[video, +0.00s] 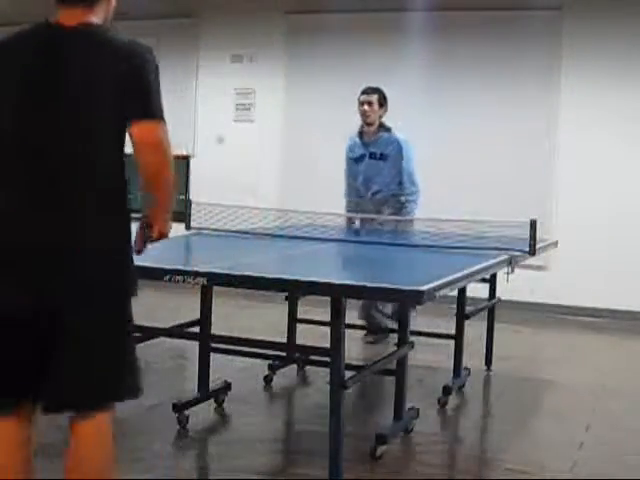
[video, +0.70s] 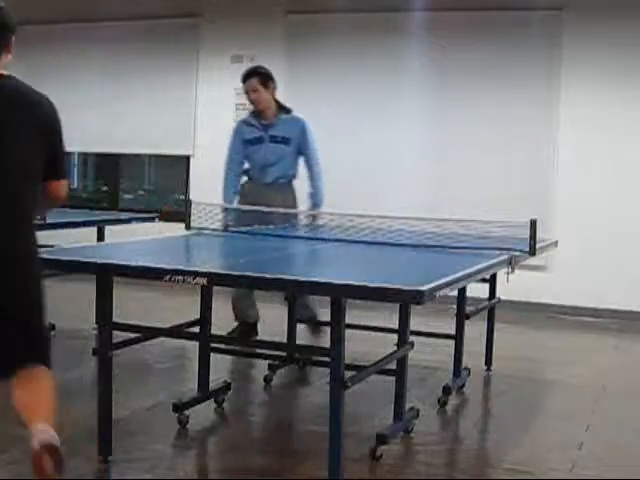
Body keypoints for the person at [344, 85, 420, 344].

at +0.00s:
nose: (365, 109)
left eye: (370, 104)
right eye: (362, 104)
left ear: (382, 109)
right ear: (358, 109)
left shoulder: (396, 144)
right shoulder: (353, 146)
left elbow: (410, 186)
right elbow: (350, 188)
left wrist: (405, 220)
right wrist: (350, 220)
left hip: (392, 216)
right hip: (363, 217)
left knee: (389, 267)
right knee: (363, 268)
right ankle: (375, 322)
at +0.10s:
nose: (355, 110)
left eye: (360, 105)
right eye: (351, 105)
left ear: (372, 108)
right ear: (347, 108)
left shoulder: (388, 144)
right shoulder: (342, 146)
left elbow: (403, 182)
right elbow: (336, 183)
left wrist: (401, 213)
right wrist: (330, 215)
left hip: (383, 203)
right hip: (357, 203)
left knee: (382, 259)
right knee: (359, 260)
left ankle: (379, 320)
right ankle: (373, 320)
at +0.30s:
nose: (324, 109)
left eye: (328, 103)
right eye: (319, 105)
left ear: (341, 101)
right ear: (316, 106)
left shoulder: (365, 136)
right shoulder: (316, 140)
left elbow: (385, 177)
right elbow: (306, 179)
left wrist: (385, 213)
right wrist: (291, 213)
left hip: (358, 200)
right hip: (329, 200)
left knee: (363, 259)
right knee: (317, 256)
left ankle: (375, 324)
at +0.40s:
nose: (307, 108)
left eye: (311, 102)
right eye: (303, 104)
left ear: (324, 101)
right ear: (300, 107)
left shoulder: (348, 134)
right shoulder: (299, 139)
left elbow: (369, 175)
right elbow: (289, 179)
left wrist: (373, 213)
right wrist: (275, 213)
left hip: (340, 203)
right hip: (309, 204)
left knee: (345, 266)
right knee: (292, 261)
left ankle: (373, 325)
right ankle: (263, 316)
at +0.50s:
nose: (288, 107)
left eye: (292, 101)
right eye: (284, 103)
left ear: (305, 99)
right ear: (281, 105)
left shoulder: (330, 135)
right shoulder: (278, 138)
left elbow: (350, 173)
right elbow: (266, 177)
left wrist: (358, 210)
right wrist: (261, 211)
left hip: (316, 203)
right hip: (283, 203)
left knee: (334, 262)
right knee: (265, 261)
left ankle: (366, 324)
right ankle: (248, 323)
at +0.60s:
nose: (266, 103)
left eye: (270, 96)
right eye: (263, 98)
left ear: (286, 94)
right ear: (262, 101)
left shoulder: (313, 131)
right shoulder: (260, 133)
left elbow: (331, 173)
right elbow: (247, 173)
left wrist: (337, 211)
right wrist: (241, 207)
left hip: (297, 200)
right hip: (262, 199)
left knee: (313, 258)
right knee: (246, 255)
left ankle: (339, 317)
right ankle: (247, 323)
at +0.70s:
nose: (252, 98)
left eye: (255, 91)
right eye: (248, 93)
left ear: (271, 89)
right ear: (247, 96)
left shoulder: (297, 126)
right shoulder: (243, 128)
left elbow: (313, 165)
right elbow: (232, 170)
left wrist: (316, 204)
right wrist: (228, 211)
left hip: (283, 194)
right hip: (251, 194)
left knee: (287, 256)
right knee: (238, 255)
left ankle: (310, 318)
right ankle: (246, 321)